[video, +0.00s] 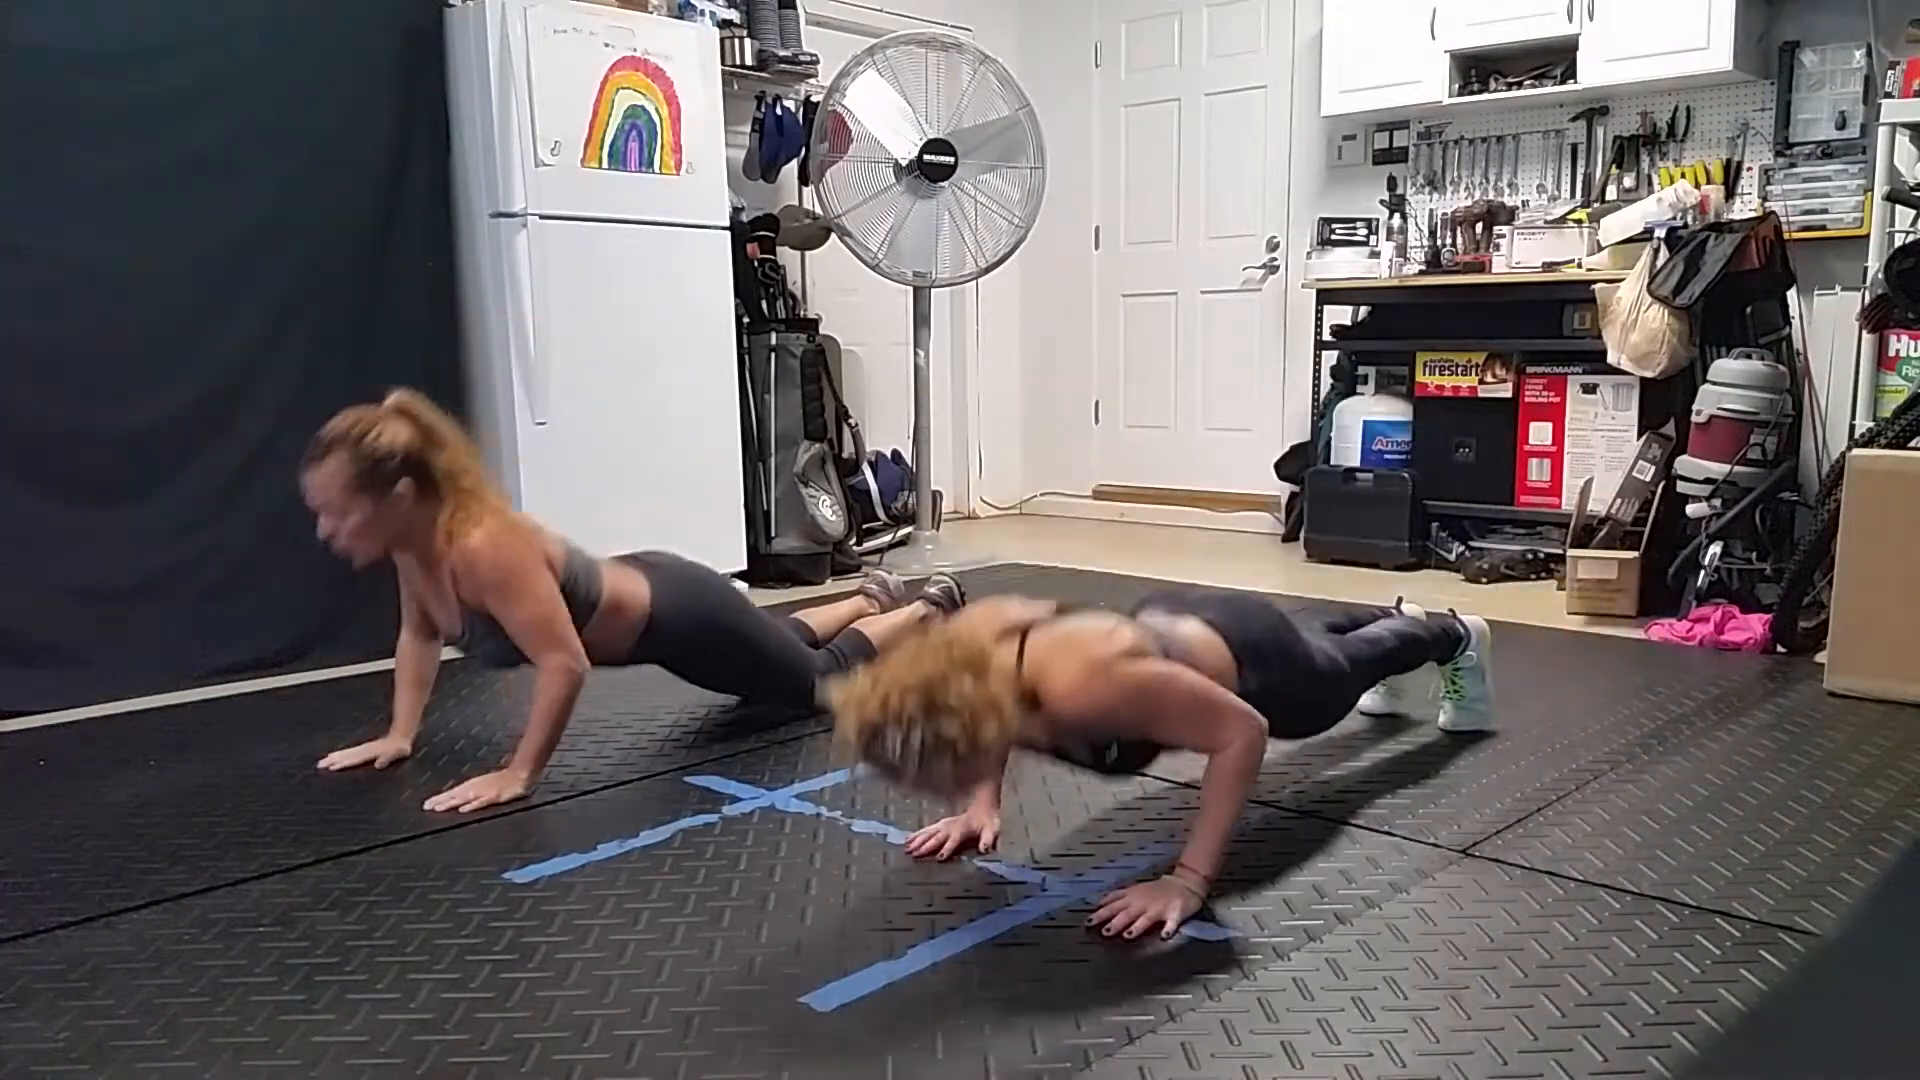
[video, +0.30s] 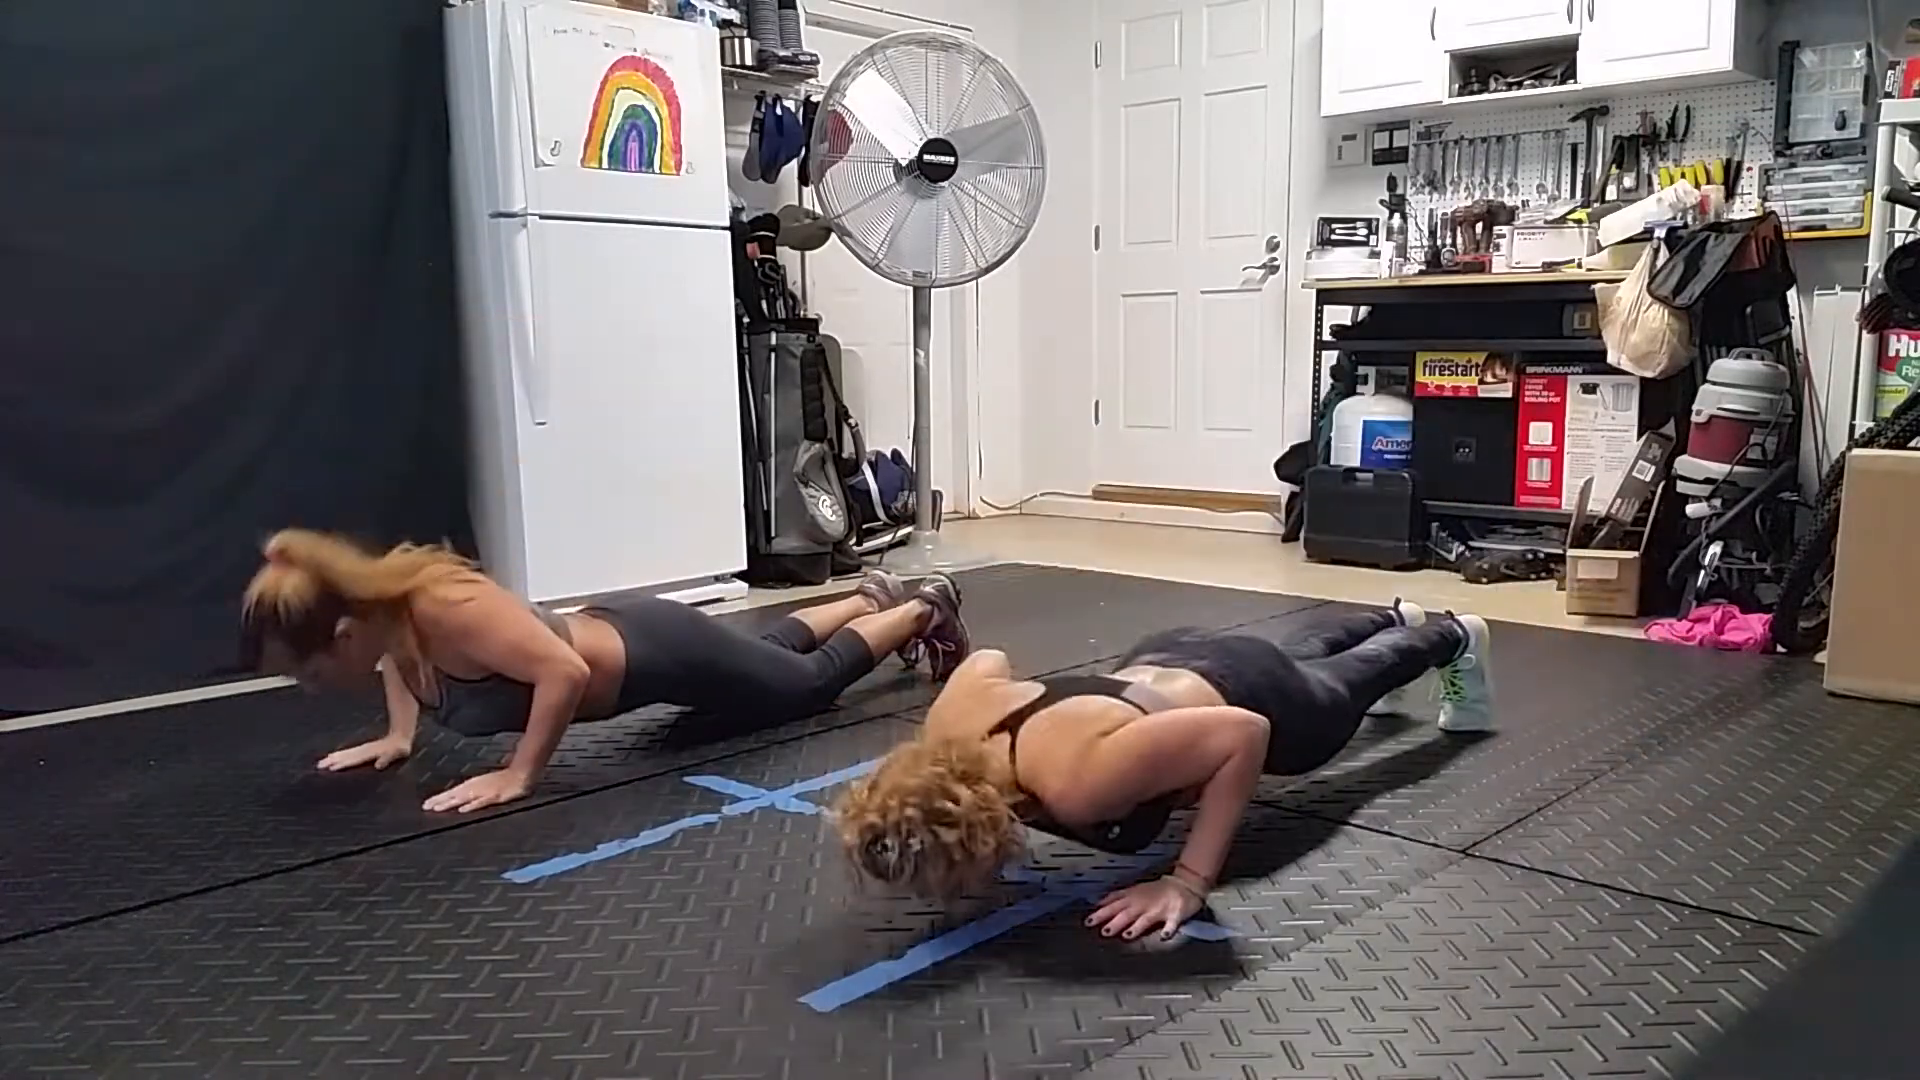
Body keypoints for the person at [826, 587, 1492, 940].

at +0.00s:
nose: (939, 791)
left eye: (939, 778)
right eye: (921, 785)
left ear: (964, 737)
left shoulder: (1087, 683)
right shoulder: (958, 637)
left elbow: (1243, 732)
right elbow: (976, 709)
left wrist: (1187, 880)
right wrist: (980, 801)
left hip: (1253, 656)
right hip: (1176, 616)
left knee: (1362, 651)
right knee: (1301, 622)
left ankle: (1451, 631)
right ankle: (1388, 617)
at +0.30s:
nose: (943, 902)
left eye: (944, 887)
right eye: (927, 894)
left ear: (973, 839)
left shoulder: (1081, 782)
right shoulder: (947, 722)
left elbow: (1243, 731)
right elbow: (987, 659)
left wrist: (1187, 881)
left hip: (1248, 689)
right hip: (1168, 658)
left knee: (1353, 671)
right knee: (1283, 632)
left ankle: (1437, 631)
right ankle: (1387, 617)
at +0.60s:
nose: (930, 738)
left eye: (929, 723)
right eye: (918, 729)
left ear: (963, 691)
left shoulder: (1085, 670)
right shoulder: (971, 649)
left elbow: (1245, 733)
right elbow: (977, 712)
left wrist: (1189, 880)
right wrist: (979, 803)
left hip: (1259, 650)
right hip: (1180, 617)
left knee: (1365, 655)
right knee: (1304, 622)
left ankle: (1443, 630)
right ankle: (1385, 615)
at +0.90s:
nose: (995, 629)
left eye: (1005, 611)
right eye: (985, 613)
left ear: (1041, 575)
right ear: (983, 584)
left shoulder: (1145, 564)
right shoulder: (1004, 575)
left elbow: (1245, 728)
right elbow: (990, 681)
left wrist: (1190, 876)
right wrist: (980, 804)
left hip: (1279, 638)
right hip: (1197, 652)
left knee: (1360, 731)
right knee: (1306, 640)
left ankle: (1436, 632)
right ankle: (1380, 616)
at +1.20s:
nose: (1087, 559)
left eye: (1097, 540)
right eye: (1075, 547)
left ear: (1140, 493)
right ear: (1061, 520)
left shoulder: (1233, 503)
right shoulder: (1087, 510)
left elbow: (1224, 723)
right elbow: (1056, 646)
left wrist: (1185, 874)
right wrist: (1012, 785)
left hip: (1390, 460)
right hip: (1306, 473)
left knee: (1457, 564)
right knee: (1391, 574)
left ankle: (1507, 629)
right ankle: (1435, 625)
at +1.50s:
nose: (1199, 684)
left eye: (1205, 664)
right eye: (1182, 673)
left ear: (1235, 617)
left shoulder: (1348, 576)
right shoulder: (1193, 603)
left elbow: (1461, 768)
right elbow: (1189, 724)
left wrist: (1483, 954)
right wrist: (1189, 877)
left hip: (1499, 570)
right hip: (1416, 581)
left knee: (1599, 640)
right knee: (1515, 649)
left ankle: (1694, 679)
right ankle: (1578, 678)